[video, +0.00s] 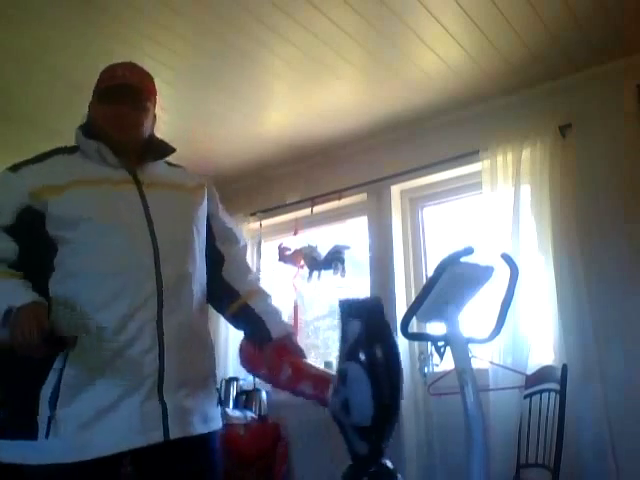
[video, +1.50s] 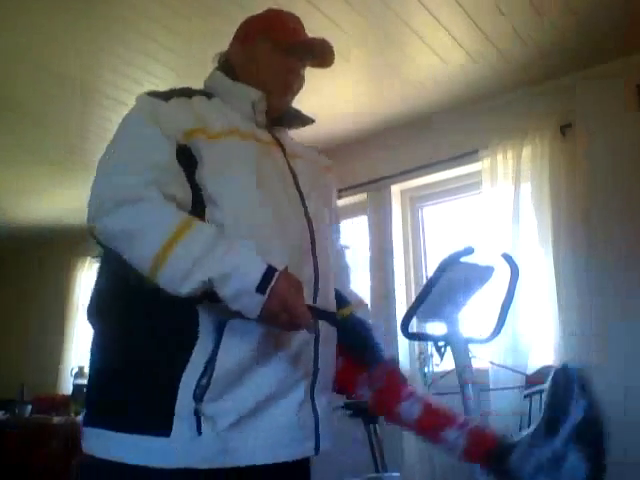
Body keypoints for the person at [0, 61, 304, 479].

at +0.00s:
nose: (126, 98)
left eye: (138, 93)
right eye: (112, 92)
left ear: (155, 111)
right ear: (91, 107)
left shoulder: (195, 192)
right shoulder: (31, 183)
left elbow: (233, 278)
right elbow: (1, 260)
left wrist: (278, 336)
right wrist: (17, 303)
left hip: (190, 423)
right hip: (83, 431)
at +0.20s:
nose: (150, 89)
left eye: (161, 86)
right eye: (137, 80)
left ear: (172, 108)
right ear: (108, 94)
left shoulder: (205, 190)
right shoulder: (39, 162)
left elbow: (232, 293)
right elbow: (4, 235)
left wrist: (261, 357)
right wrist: (52, 261)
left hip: (189, 418)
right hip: (73, 423)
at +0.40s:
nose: (202, 104)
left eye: (213, 100)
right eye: (188, 90)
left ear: (218, 120)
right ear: (159, 99)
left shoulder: (236, 207)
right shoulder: (91, 153)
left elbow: (239, 323)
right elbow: (14, 210)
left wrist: (253, 403)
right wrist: (105, 241)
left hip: (212, 445)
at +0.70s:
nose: (268, 115)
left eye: (275, 106)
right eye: (258, 101)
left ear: (280, 115)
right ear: (222, 96)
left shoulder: (282, 194)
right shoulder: (155, 146)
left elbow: (283, 312)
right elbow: (83, 212)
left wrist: (300, 428)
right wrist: (175, 231)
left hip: (261, 442)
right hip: (147, 438)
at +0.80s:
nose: (282, 115)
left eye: (294, 108)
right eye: (272, 101)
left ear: (301, 118)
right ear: (239, 98)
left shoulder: (313, 197)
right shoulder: (173, 154)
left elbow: (322, 312)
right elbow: (108, 222)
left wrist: (349, 390)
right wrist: (208, 234)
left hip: (296, 446)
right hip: (181, 443)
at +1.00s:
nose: (302, 96)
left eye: (309, 88)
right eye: (289, 84)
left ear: (314, 101)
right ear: (250, 87)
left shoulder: (339, 186)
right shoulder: (181, 152)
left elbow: (379, 288)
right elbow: (122, 223)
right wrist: (219, 238)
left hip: (308, 430)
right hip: (194, 426)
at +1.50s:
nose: (302, 69)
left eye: (305, 61)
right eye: (290, 52)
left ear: (301, 76)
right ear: (242, 48)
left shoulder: (306, 168)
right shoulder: (164, 116)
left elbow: (325, 278)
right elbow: (124, 209)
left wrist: (352, 347)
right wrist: (247, 280)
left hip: (299, 425)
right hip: (193, 424)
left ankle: (503, 457)